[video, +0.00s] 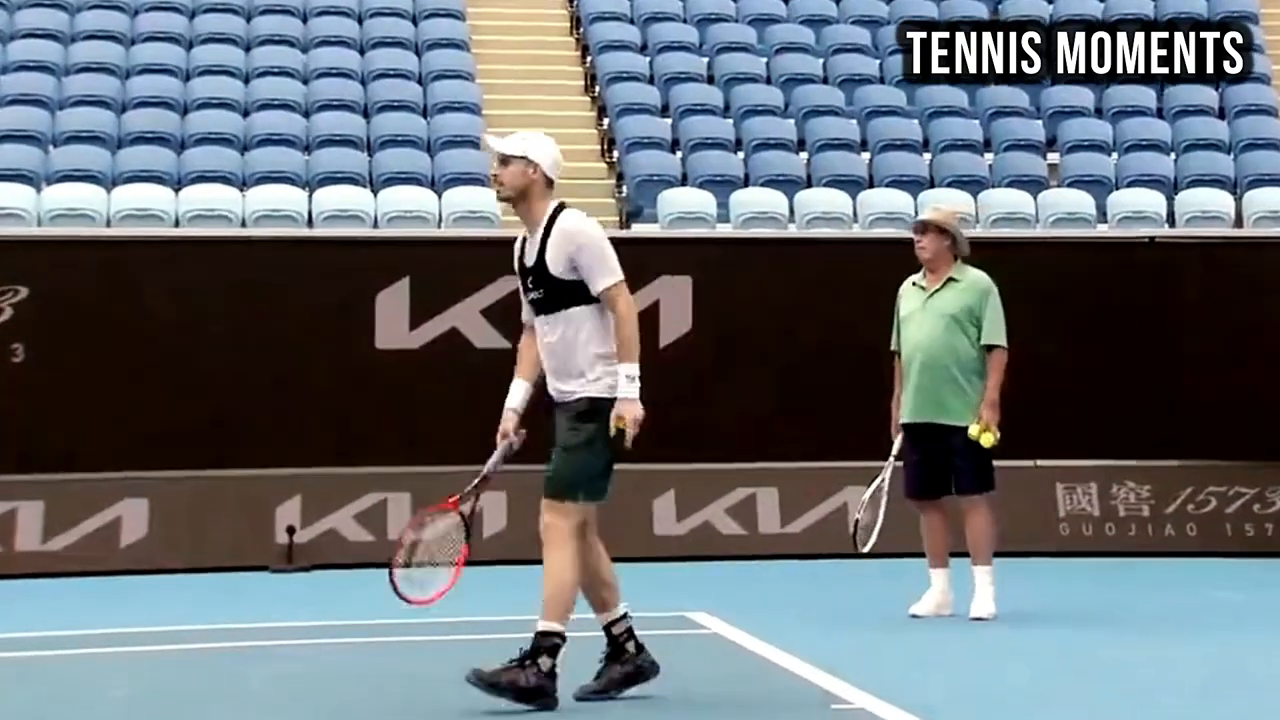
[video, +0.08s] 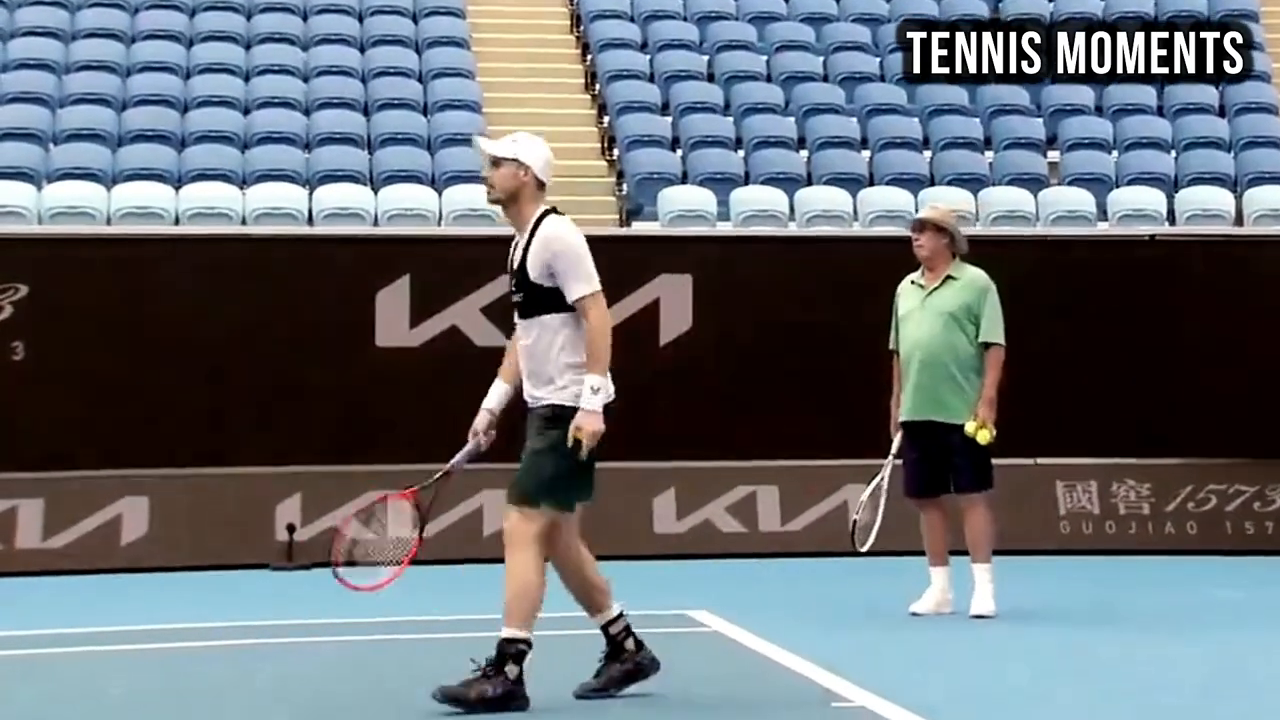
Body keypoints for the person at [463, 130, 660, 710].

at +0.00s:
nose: (494, 173)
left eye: (505, 164)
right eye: (495, 163)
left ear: (537, 173)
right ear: (521, 174)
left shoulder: (578, 232)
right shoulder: (524, 245)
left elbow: (625, 309)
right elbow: (532, 331)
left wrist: (629, 391)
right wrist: (514, 405)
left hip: (596, 399)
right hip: (563, 399)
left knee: (557, 521)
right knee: (579, 527)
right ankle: (627, 650)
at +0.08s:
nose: (486, 174)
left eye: (496, 165)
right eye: (489, 165)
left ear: (527, 176)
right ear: (514, 177)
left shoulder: (558, 235)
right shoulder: (522, 243)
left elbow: (597, 316)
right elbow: (524, 336)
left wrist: (594, 400)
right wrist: (492, 407)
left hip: (565, 408)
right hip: (543, 406)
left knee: (522, 525)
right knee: (559, 538)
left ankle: (507, 672)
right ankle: (627, 649)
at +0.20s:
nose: (475, 177)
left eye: (484, 168)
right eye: (477, 168)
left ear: (514, 178)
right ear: (509, 179)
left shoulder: (535, 240)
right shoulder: (516, 241)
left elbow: (553, 329)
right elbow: (517, 346)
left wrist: (533, 408)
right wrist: (478, 404)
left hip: (534, 412)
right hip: (534, 410)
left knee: (468, 527)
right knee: (526, 542)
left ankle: (496, 670)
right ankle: (621, 637)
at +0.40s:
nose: (464, 146)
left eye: (473, 136)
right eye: (467, 137)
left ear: (500, 145)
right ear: (504, 147)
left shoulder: (502, 207)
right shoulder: (528, 203)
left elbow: (517, 293)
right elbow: (527, 305)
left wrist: (471, 365)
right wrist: (471, 372)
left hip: (501, 385)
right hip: (530, 382)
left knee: (464, 517)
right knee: (500, 516)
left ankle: (494, 656)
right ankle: (568, 632)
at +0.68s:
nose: (453, 152)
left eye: (460, 141)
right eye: (455, 141)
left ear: (486, 147)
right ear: (503, 151)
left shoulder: (469, 207)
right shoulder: (552, 214)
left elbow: (464, 296)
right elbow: (569, 311)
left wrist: (415, 368)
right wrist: (560, 385)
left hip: (485, 391)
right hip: (542, 387)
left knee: (463, 515)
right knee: (514, 513)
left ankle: (490, 655)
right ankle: (553, 644)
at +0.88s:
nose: (473, 140)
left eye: (477, 131)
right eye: (475, 131)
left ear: (493, 134)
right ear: (526, 138)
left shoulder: (469, 194)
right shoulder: (567, 200)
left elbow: (454, 284)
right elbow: (591, 295)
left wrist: (432, 308)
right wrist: (602, 375)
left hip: (496, 377)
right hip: (562, 370)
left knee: (482, 509)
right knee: (572, 498)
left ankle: (493, 645)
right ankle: (606, 627)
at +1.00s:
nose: (510, 134)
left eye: (512, 127)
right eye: (522, 127)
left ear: (514, 132)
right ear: (560, 136)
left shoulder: (484, 189)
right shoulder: (588, 198)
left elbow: (458, 271)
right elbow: (610, 288)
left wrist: (497, 303)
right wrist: (628, 371)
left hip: (505, 372)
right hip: (577, 368)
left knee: (494, 505)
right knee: (599, 497)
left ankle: (495, 639)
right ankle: (621, 630)